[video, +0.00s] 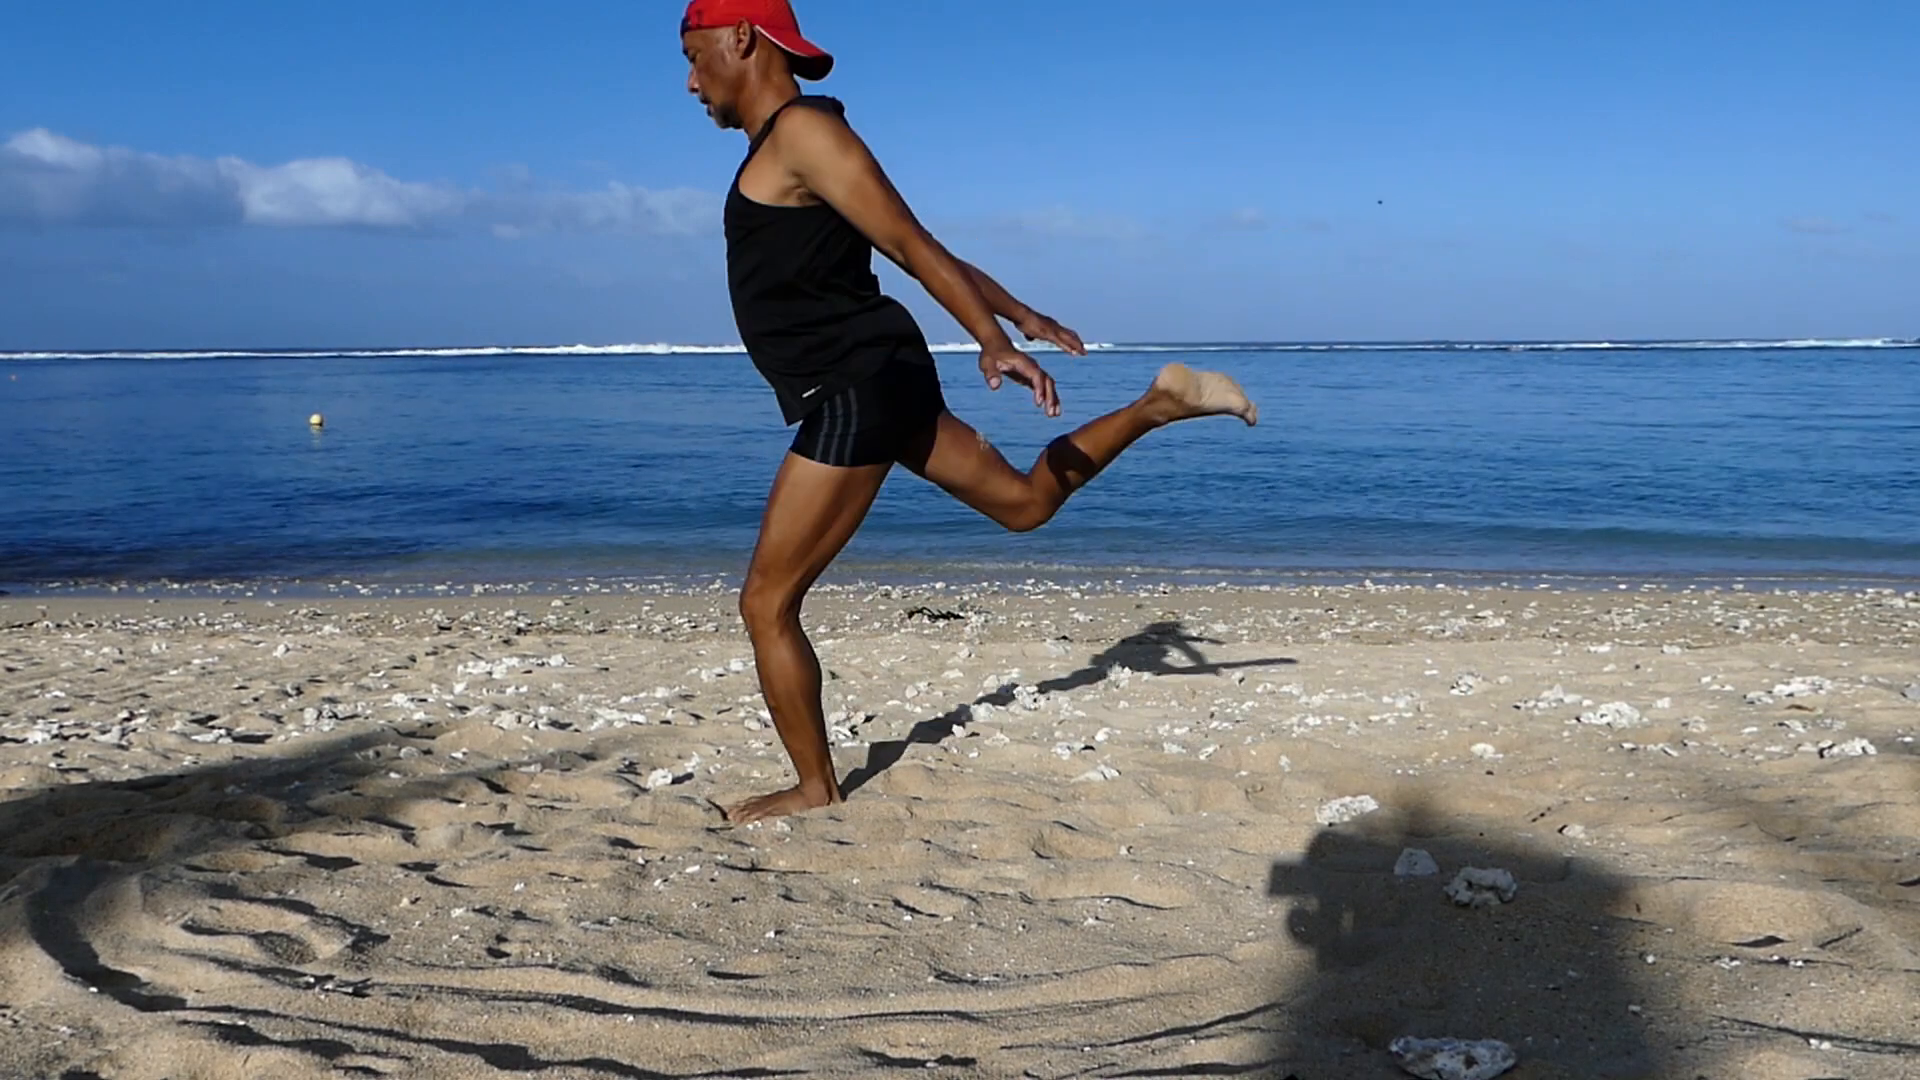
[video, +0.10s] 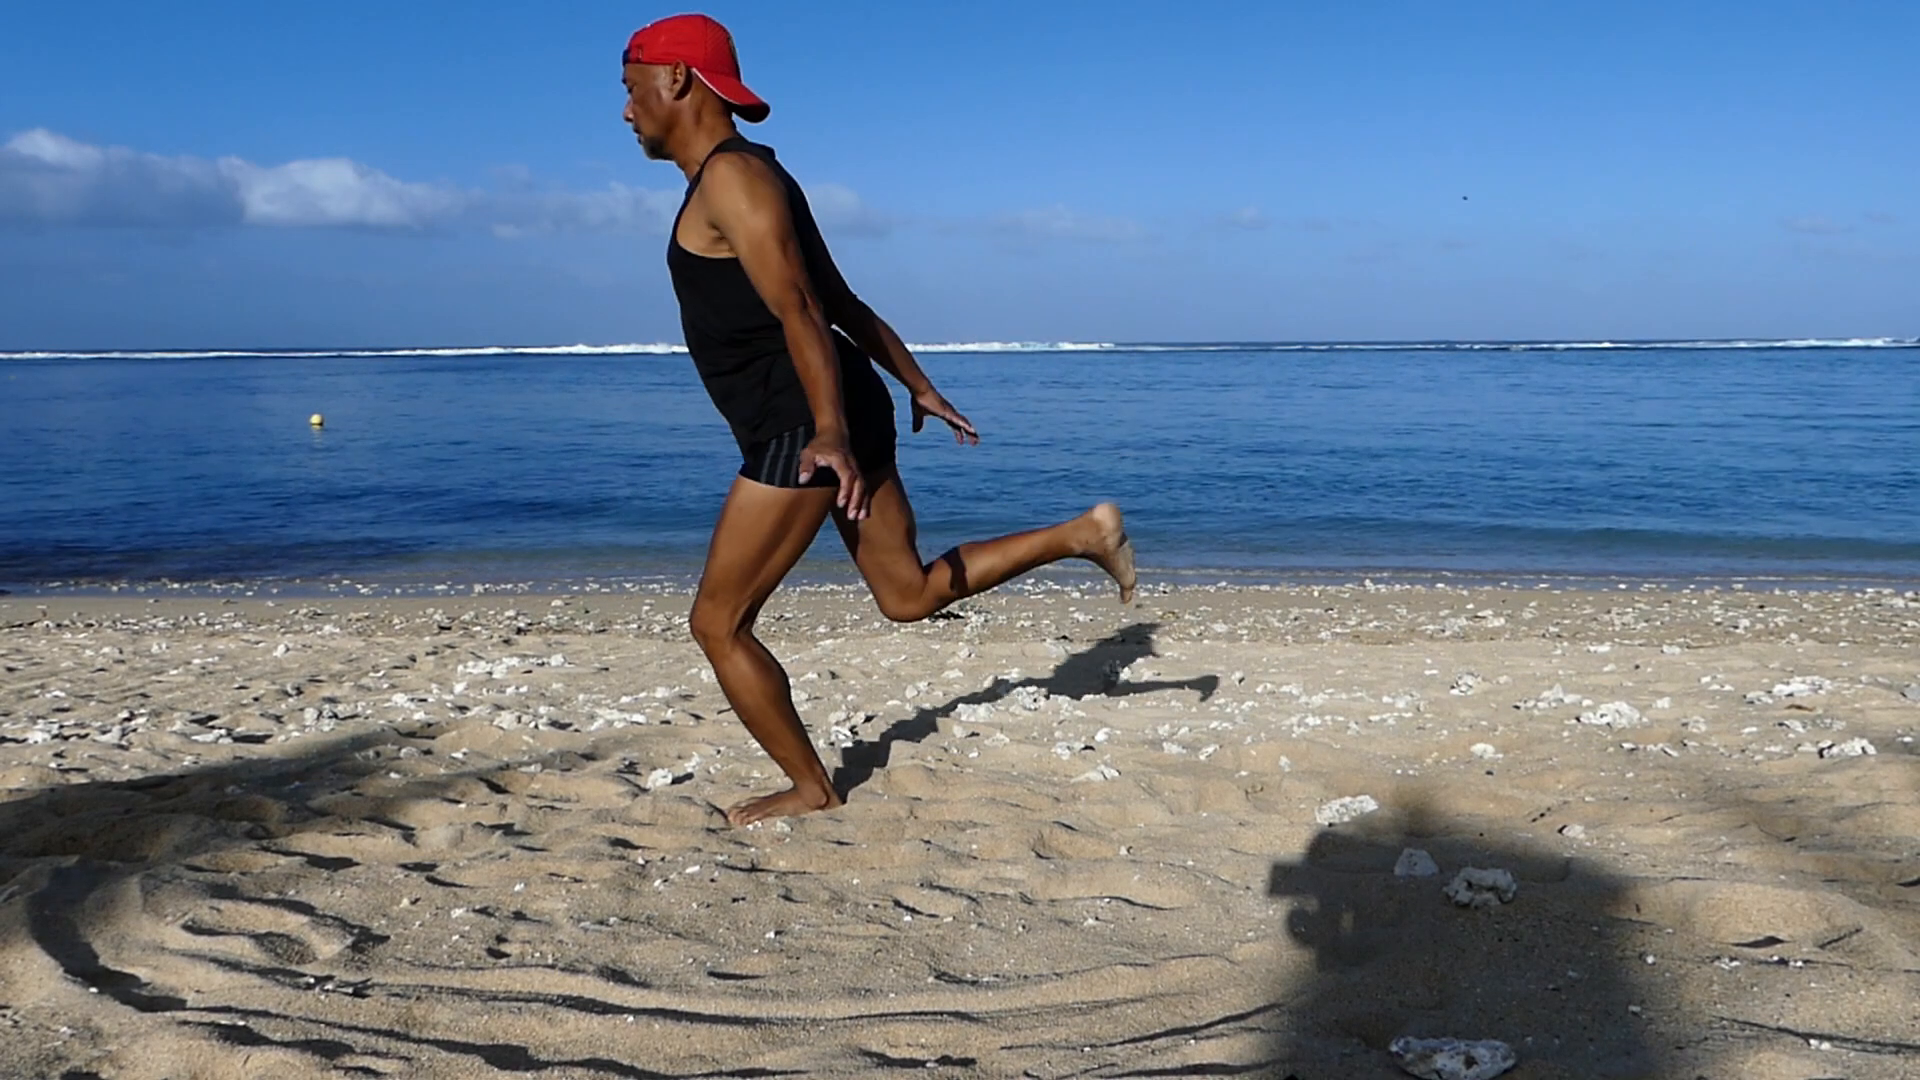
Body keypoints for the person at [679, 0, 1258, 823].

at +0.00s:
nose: (688, 81)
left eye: (694, 59)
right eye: (687, 62)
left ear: (745, 47)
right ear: (746, 50)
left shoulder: (804, 132)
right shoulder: (793, 133)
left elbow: (907, 246)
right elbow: (914, 239)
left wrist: (993, 342)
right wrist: (1020, 314)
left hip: (856, 389)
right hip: (875, 381)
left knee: (766, 603)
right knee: (1026, 502)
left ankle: (815, 787)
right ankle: (1158, 405)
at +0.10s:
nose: (626, 111)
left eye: (635, 91)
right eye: (626, 93)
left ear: (684, 91)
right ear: (695, 93)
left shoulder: (731, 179)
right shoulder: (749, 174)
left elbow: (798, 312)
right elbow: (835, 301)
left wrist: (832, 433)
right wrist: (918, 385)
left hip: (800, 433)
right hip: (843, 409)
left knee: (717, 621)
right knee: (907, 591)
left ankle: (811, 788)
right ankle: (1084, 535)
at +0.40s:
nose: (507, 124)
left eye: (513, 105)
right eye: (506, 106)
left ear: (554, 99)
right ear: (575, 99)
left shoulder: (592, 182)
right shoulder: (655, 176)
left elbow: (553, 332)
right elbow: (739, 318)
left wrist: (435, 433)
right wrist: (686, 425)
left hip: (697, 422)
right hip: (718, 415)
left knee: (681, 639)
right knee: (604, 581)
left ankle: (810, 786)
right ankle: (733, 731)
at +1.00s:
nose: (249, 76)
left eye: (253, 58)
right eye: (251, 58)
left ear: (285, 59)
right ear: (318, 62)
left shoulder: (311, 151)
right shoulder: (361, 152)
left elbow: (296, 289)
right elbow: (368, 314)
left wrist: (225, 322)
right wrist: (320, 436)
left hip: (356, 401)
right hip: (376, 395)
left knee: (349, 622)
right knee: (299, 582)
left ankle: (561, 662)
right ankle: (340, 772)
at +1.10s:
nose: (193, 78)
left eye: (198, 60)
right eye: (195, 60)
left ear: (230, 63)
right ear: (273, 69)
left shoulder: (253, 155)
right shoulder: (312, 162)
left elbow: (287, 290)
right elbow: (304, 322)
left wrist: (193, 357)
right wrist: (221, 418)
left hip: (303, 407)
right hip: (348, 401)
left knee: (232, 606)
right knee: (284, 592)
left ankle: (435, 665)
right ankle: (337, 770)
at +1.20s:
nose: (156, 76)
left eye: (161, 58)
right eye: (160, 58)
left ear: (193, 61)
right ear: (232, 66)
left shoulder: (218, 150)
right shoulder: (277, 156)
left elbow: (274, 278)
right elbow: (236, 320)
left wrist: (184, 359)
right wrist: (148, 400)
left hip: (270, 406)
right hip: (322, 402)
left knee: (168, 582)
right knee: (271, 596)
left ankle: (350, 681)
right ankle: (335, 774)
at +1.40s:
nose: (57, 46)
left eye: (62, 29)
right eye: (59, 30)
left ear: (95, 32)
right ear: (122, 35)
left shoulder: (124, 112)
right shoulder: (171, 114)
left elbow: (209, 207)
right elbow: (139, 284)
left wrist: (128, 303)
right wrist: (26, 303)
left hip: (173, 368)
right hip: (238, 363)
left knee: (53, 538)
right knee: (259, 573)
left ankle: (143, 727)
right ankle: (334, 755)